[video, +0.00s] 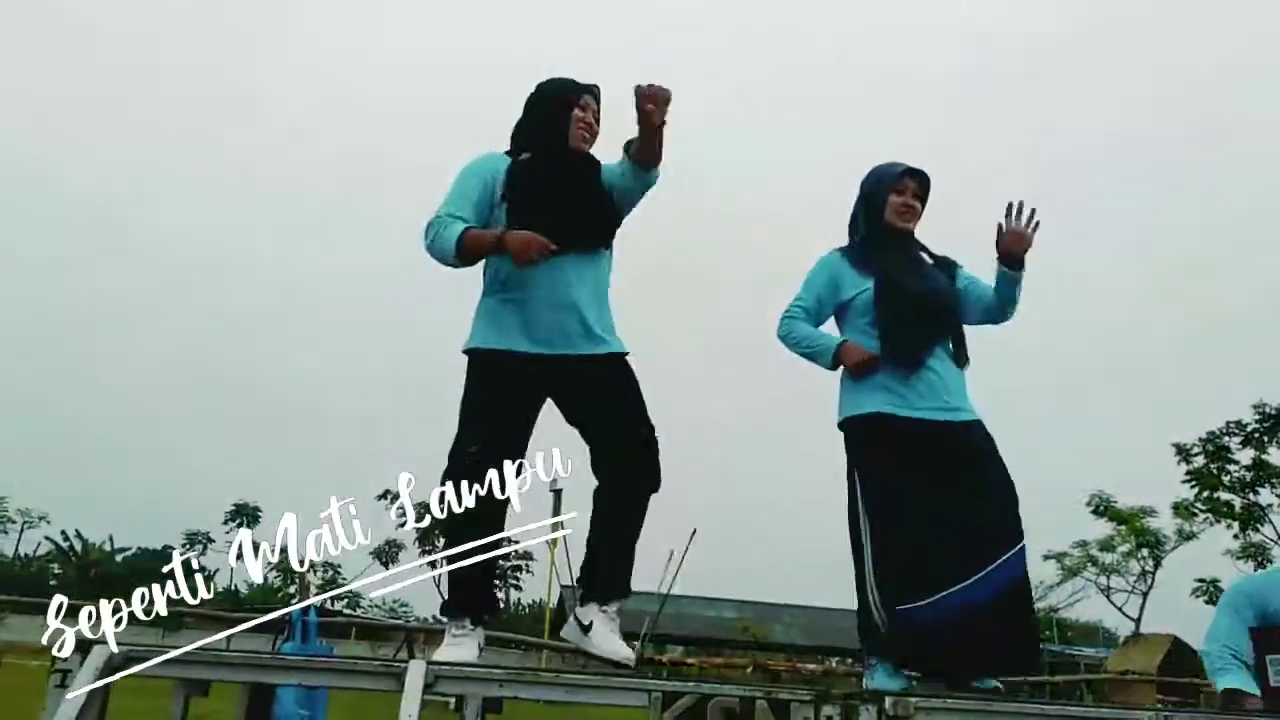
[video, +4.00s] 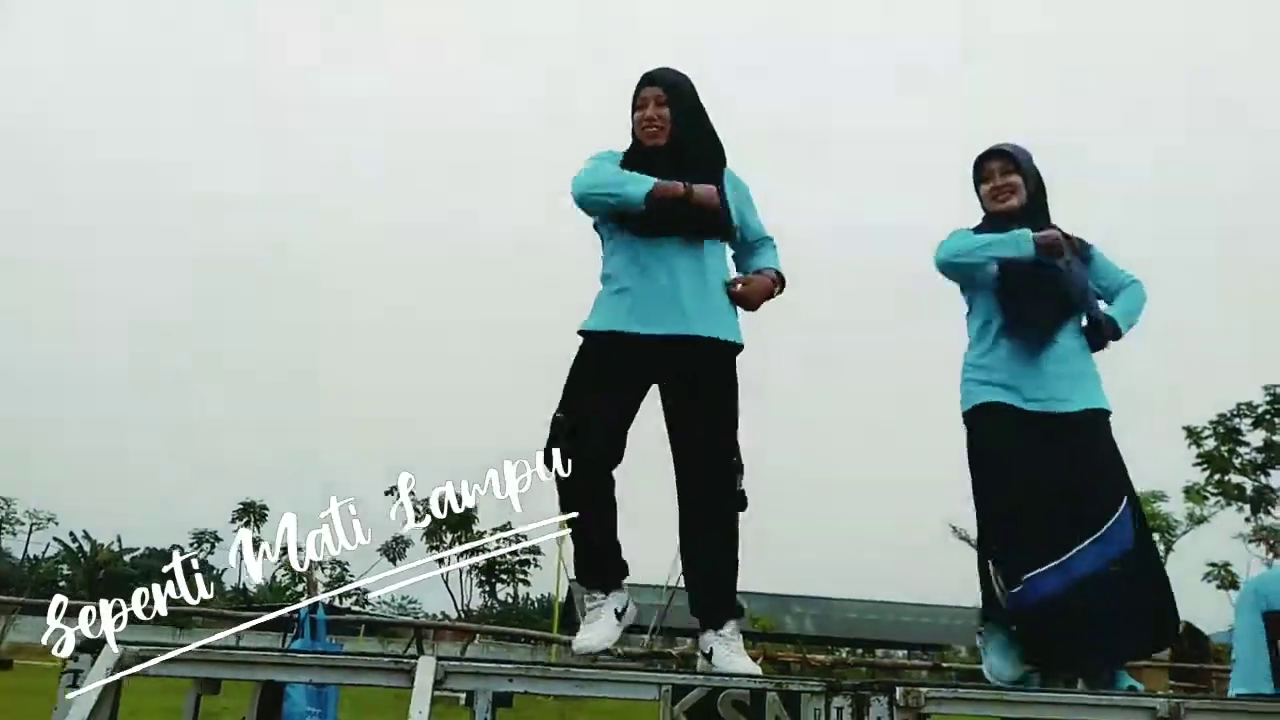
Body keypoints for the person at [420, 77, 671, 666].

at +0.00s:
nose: (589, 119)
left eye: (594, 116)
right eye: (578, 108)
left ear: (596, 132)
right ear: (545, 113)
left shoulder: (601, 181)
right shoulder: (494, 170)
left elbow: (639, 168)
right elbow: (441, 236)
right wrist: (502, 239)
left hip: (591, 351)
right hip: (507, 347)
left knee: (633, 469)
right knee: (476, 479)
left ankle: (594, 608)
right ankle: (463, 619)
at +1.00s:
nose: (637, 114)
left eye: (649, 106)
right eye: (628, 106)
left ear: (670, 119)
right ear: (615, 117)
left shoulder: (687, 192)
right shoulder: (583, 168)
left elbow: (702, 274)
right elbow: (490, 188)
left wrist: (711, 299)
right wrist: (518, 164)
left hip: (672, 344)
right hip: (589, 336)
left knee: (682, 487)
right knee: (536, 468)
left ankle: (690, 636)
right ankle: (499, 613)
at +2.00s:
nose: (499, 88)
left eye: (509, 84)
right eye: (488, 76)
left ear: (515, 102)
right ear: (461, 83)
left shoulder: (525, 170)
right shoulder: (406, 145)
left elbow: (565, 245)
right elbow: (354, 227)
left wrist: (600, 255)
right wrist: (289, 292)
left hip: (492, 332)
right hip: (400, 328)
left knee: (515, 465)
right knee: (357, 467)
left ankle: (512, 603)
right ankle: (339, 614)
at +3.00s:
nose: (602, 106)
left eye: (607, 101)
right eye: (593, 95)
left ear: (606, 116)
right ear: (559, 96)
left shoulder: (619, 167)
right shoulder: (502, 158)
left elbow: (616, 168)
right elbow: (469, 224)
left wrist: (532, 134)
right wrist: (505, 260)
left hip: (591, 340)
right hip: (510, 331)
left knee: (594, 483)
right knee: (483, 472)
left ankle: (569, 626)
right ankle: (477, 620)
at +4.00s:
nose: (651, 115)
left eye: (663, 106)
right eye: (642, 107)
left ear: (688, 114)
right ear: (632, 118)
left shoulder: (724, 182)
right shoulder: (612, 166)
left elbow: (757, 244)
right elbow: (586, 189)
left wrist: (766, 277)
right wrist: (680, 192)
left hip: (703, 336)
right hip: (619, 332)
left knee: (712, 481)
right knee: (575, 455)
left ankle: (719, 628)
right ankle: (605, 596)